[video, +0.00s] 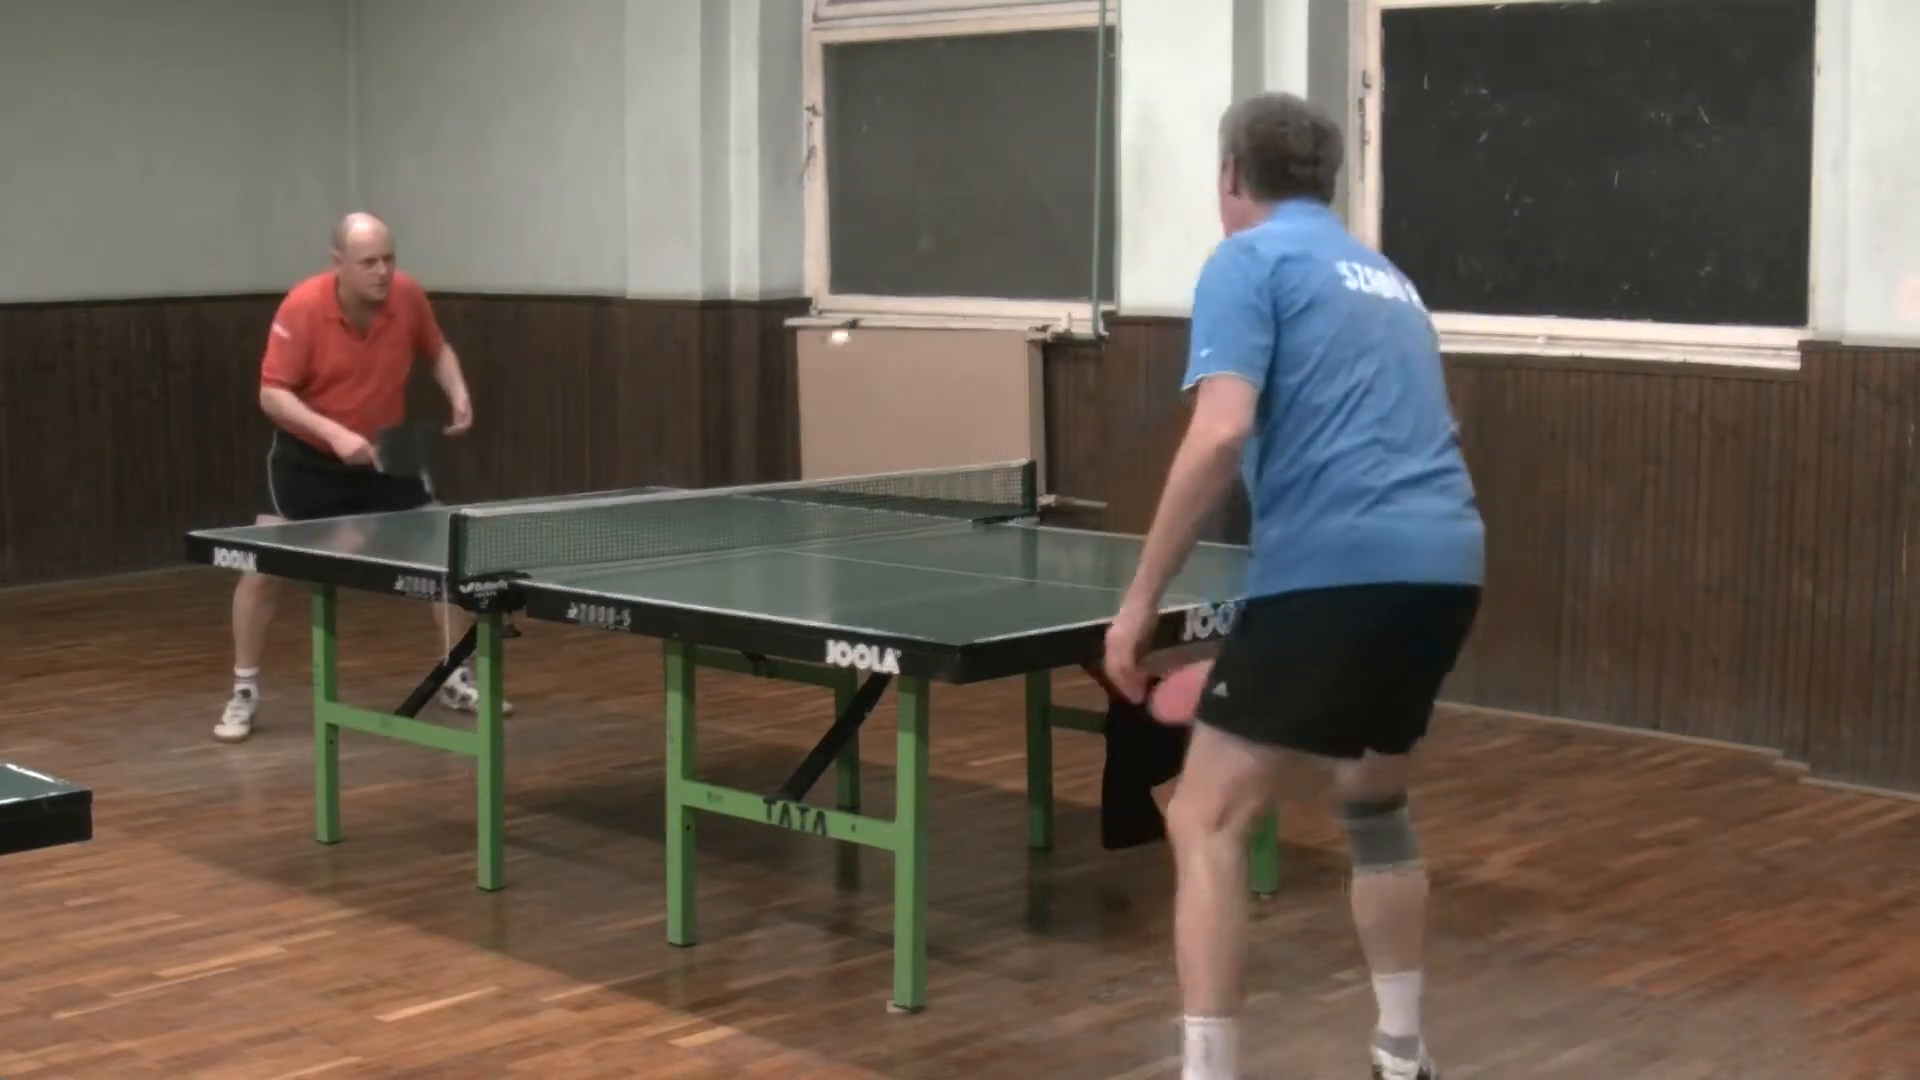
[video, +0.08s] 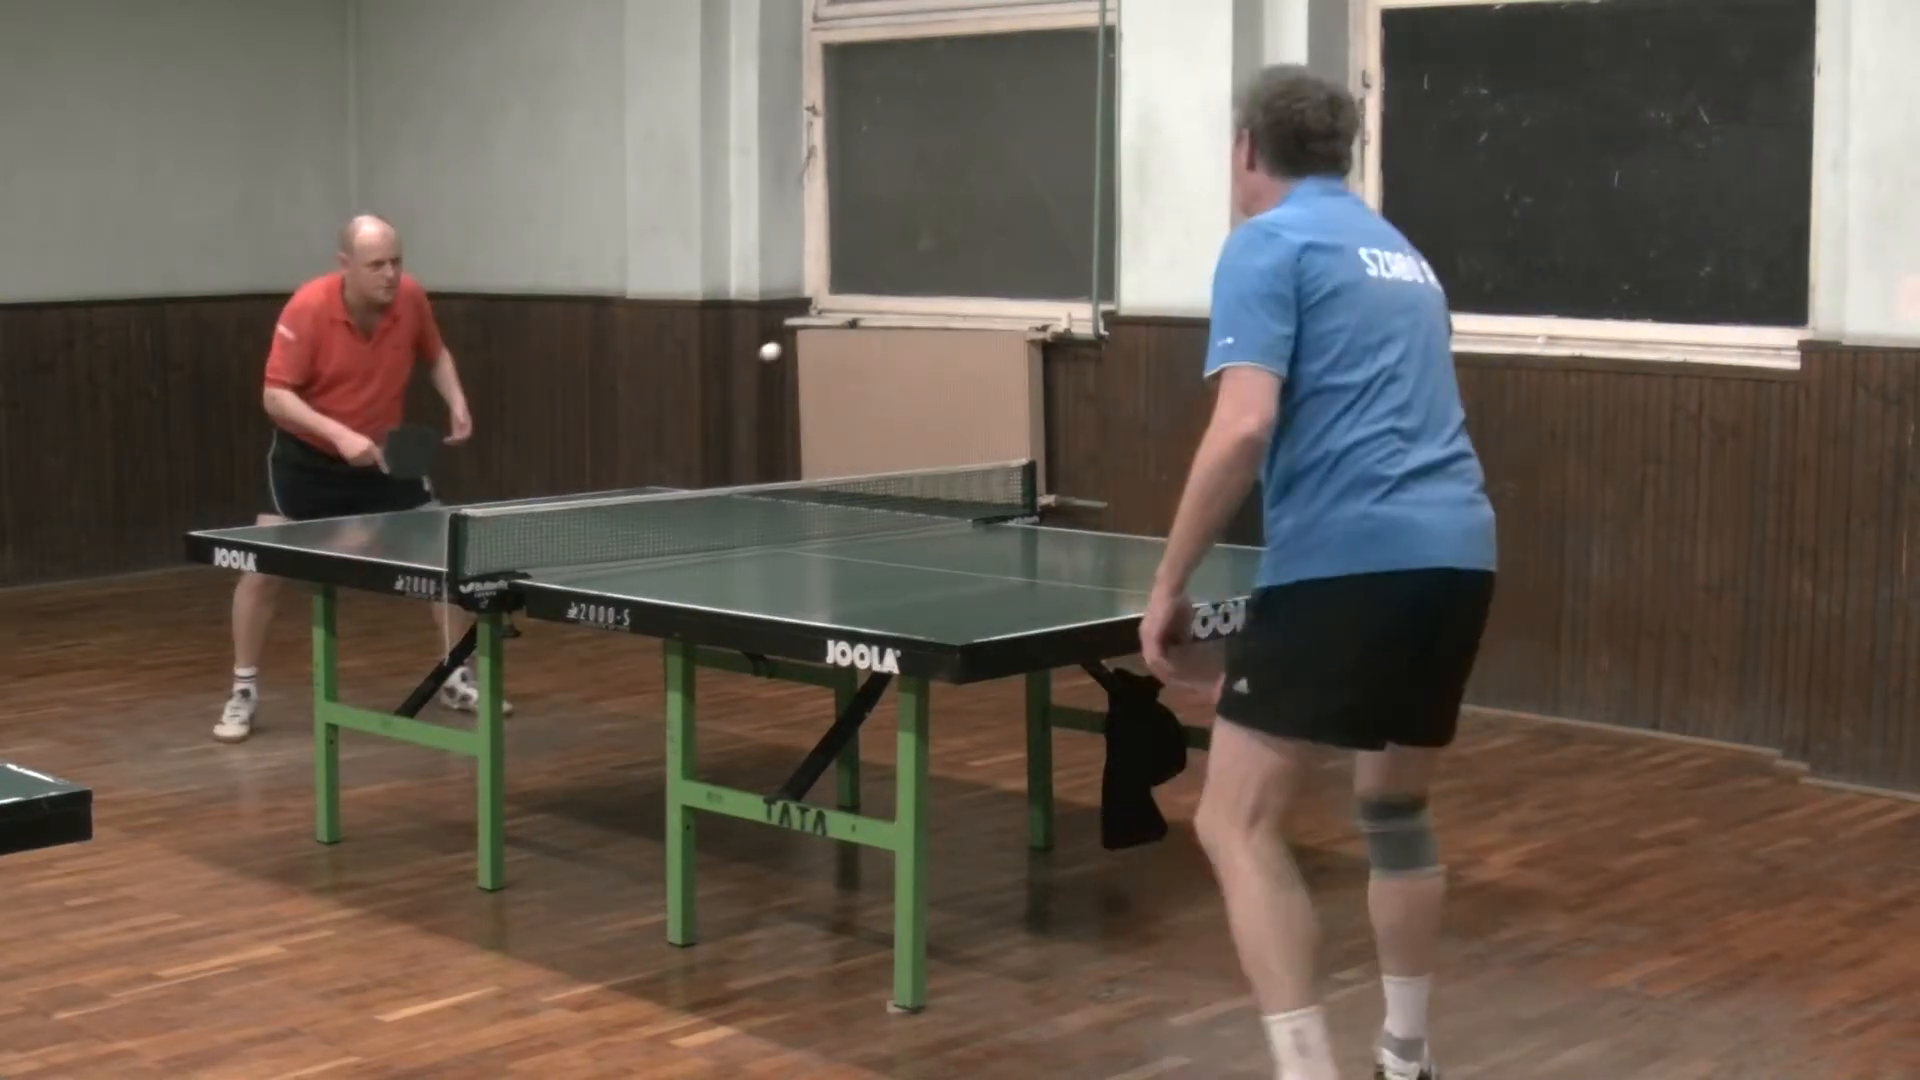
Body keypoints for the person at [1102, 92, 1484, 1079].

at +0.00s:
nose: (1218, 196)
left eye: (1219, 180)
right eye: (1219, 181)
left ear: (1235, 181)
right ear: (1326, 183)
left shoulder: (1246, 262)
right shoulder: (1381, 271)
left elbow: (1221, 434)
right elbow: (1366, 468)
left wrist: (1141, 601)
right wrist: (1245, 642)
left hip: (1332, 572)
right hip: (1445, 570)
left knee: (1205, 815)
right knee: (1375, 800)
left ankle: (1207, 1066)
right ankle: (1402, 1056)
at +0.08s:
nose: (1229, 170)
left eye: (1231, 153)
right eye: (1232, 153)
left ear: (1250, 154)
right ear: (1341, 156)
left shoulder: (1267, 246)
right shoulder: (1396, 247)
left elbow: (1242, 428)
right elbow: (1386, 439)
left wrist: (1170, 587)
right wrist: (1277, 625)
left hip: (1344, 565)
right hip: (1459, 559)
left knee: (1234, 818)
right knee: (1394, 803)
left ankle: (1306, 1066)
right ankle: (1407, 1056)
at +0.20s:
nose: (1252, 152)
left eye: (1255, 136)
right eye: (1255, 136)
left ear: (1272, 145)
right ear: (1368, 148)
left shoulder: (1275, 248)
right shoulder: (1430, 251)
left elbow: (1256, 444)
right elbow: (1487, 439)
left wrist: (1194, 605)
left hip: (1348, 590)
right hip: (1473, 583)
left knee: (1307, 849)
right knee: (1418, 814)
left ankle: (1376, 1066)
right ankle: (1406, 1047)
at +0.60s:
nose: (1352, 183)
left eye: (1351, 167)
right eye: (1356, 167)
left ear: (1368, 168)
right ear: (1456, 167)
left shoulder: (1369, 268)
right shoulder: (1529, 263)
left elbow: (1349, 456)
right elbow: (1538, 439)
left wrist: (1291, 616)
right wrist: (1425, 557)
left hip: (1468, 594)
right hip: (1592, 580)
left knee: (1373, 848)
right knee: (1586, 810)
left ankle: (1394, 1070)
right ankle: (1659, 1042)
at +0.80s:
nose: (1369, 212)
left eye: (1369, 195)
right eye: (1368, 195)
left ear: (1390, 193)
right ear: (1479, 186)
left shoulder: (1411, 284)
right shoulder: (1552, 270)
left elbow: (1410, 476)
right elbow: (1584, 469)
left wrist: (1362, 638)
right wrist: (1478, 583)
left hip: (1552, 577)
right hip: (1660, 564)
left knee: (1460, 852)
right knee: (1610, 803)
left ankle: (1492, 1072)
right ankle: (1663, 1045)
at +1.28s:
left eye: (1683, 300)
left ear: (1685, 311)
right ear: (1780, 339)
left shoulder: (1591, 384)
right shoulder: (1792, 443)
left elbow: (1433, 486)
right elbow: (1833, 626)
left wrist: (1378, 609)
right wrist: (1904, 767)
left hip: (1549, 671)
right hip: (1691, 689)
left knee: (1460, 909)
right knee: (1727, 801)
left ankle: (1472, 1070)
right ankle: (1731, 1003)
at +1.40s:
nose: (1712, 281)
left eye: (1715, 270)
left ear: (1717, 284)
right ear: (1810, 310)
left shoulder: (1635, 348)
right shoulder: (1833, 420)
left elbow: (1515, 430)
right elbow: (1877, 608)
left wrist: (1496, 565)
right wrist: (1919, 710)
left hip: (1605, 640)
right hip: (1747, 661)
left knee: (1517, 870)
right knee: (1775, 787)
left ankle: (1467, 1068)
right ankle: (1730, 1005)